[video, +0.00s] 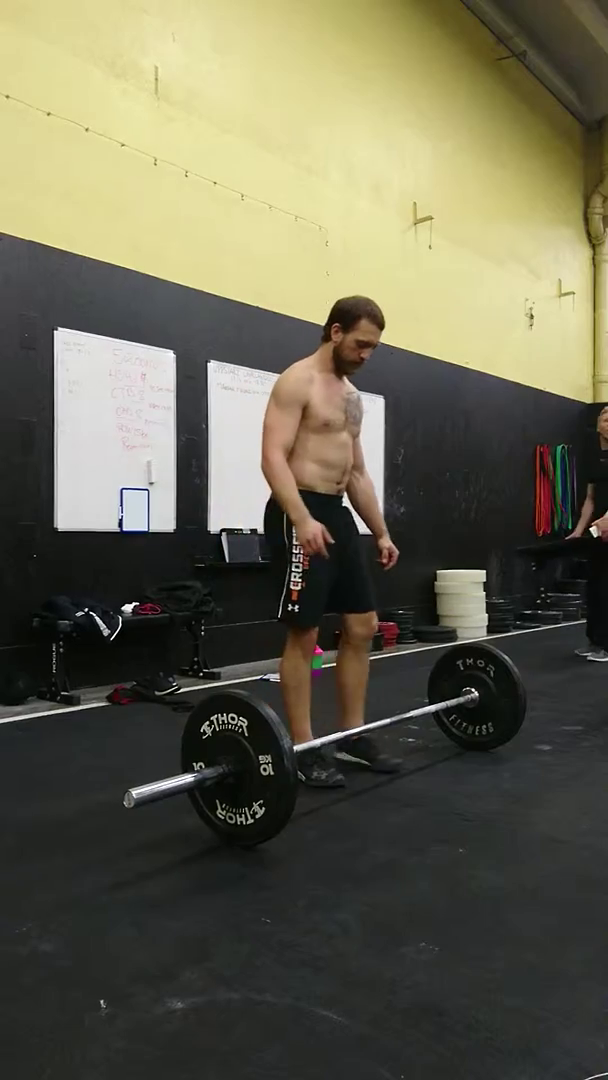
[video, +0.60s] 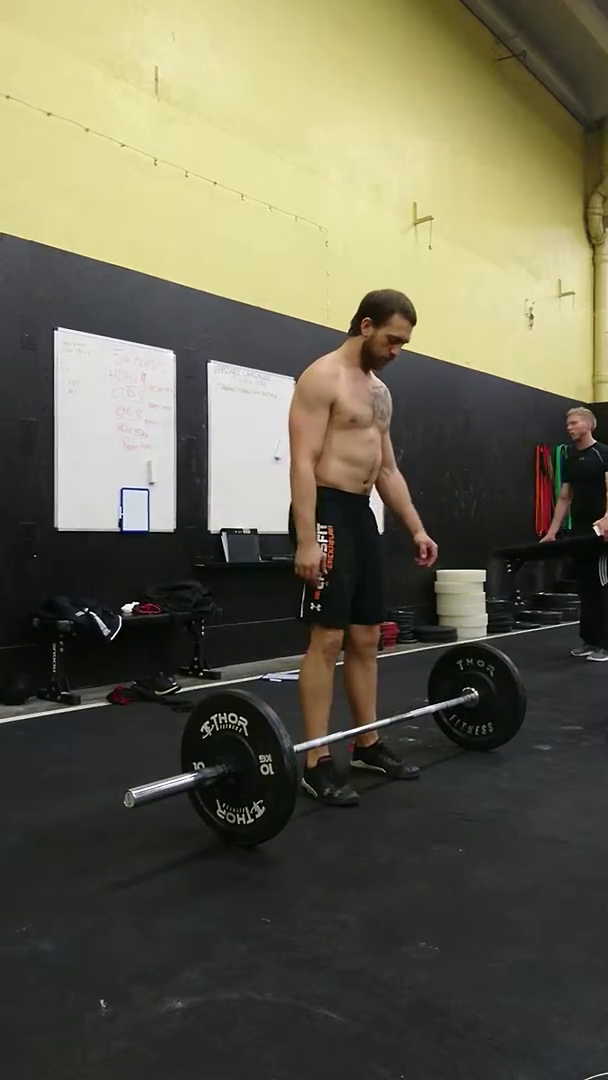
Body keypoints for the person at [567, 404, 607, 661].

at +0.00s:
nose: (605, 422)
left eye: (607, 418)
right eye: (603, 418)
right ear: (597, 424)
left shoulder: (601, 456)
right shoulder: (594, 455)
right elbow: (591, 498)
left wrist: (603, 522)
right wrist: (578, 531)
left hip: (604, 538)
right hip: (597, 536)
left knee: (600, 588)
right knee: (595, 587)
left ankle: (603, 645)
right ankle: (595, 642)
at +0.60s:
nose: (569, 427)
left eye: (574, 423)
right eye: (568, 424)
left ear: (589, 425)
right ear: (569, 428)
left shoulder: (603, 453)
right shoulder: (572, 457)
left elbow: (607, 493)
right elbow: (564, 497)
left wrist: (606, 519)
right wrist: (552, 531)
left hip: (600, 532)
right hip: (580, 533)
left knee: (600, 587)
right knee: (586, 587)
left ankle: (604, 644)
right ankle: (590, 641)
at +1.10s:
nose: (557, 436)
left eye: (559, 431)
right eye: (556, 432)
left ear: (574, 431)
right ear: (568, 432)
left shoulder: (597, 454)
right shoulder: (570, 460)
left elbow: (607, 489)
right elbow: (567, 502)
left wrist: (605, 519)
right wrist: (554, 535)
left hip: (598, 532)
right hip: (580, 532)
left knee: (598, 587)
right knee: (585, 586)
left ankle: (604, 645)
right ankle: (591, 641)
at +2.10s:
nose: (533, 459)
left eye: (533, 456)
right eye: (533, 456)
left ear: (537, 454)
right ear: (553, 451)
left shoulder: (549, 468)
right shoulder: (568, 468)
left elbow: (532, 507)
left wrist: (514, 537)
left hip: (588, 521)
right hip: (594, 520)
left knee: (573, 579)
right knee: (576, 580)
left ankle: (576, 646)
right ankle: (571, 642)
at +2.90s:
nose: (520, 512)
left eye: (520, 509)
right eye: (519, 510)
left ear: (523, 502)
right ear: (534, 498)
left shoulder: (531, 509)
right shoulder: (552, 502)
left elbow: (514, 548)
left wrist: (499, 579)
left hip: (587, 529)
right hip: (600, 526)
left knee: (568, 586)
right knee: (583, 587)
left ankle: (578, 648)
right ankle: (569, 642)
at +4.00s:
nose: (521, 459)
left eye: (523, 453)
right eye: (516, 457)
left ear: (536, 449)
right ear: (516, 459)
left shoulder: (554, 470)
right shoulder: (538, 477)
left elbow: (566, 512)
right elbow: (551, 513)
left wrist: (549, 542)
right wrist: (548, 543)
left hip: (591, 524)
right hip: (574, 528)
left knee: (580, 583)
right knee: (567, 582)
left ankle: (584, 646)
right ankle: (567, 641)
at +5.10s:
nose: (523, 445)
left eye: (525, 439)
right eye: (521, 442)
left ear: (538, 435)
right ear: (524, 444)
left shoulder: (559, 455)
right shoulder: (542, 464)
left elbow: (564, 493)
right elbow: (552, 505)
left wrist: (541, 521)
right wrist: (545, 540)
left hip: (578, 523)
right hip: (562, 525)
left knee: (572, 581)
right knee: (559, 581)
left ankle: (579, 647)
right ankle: (565, 641)